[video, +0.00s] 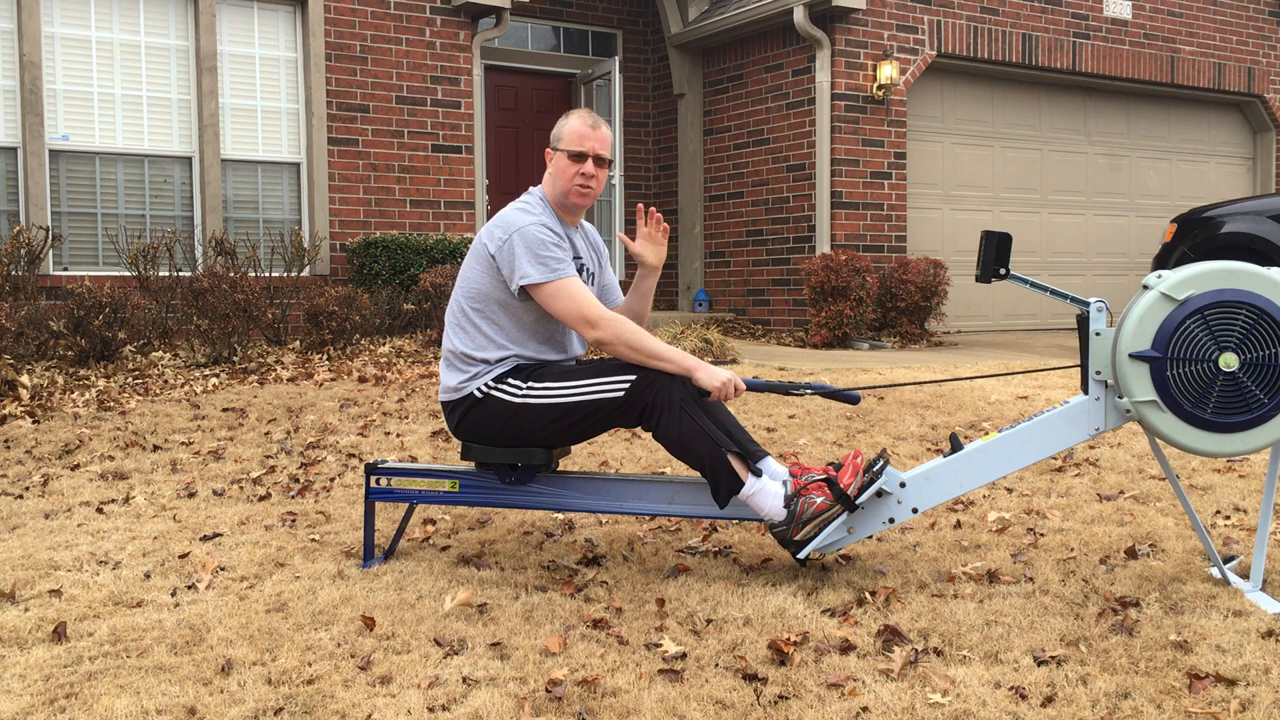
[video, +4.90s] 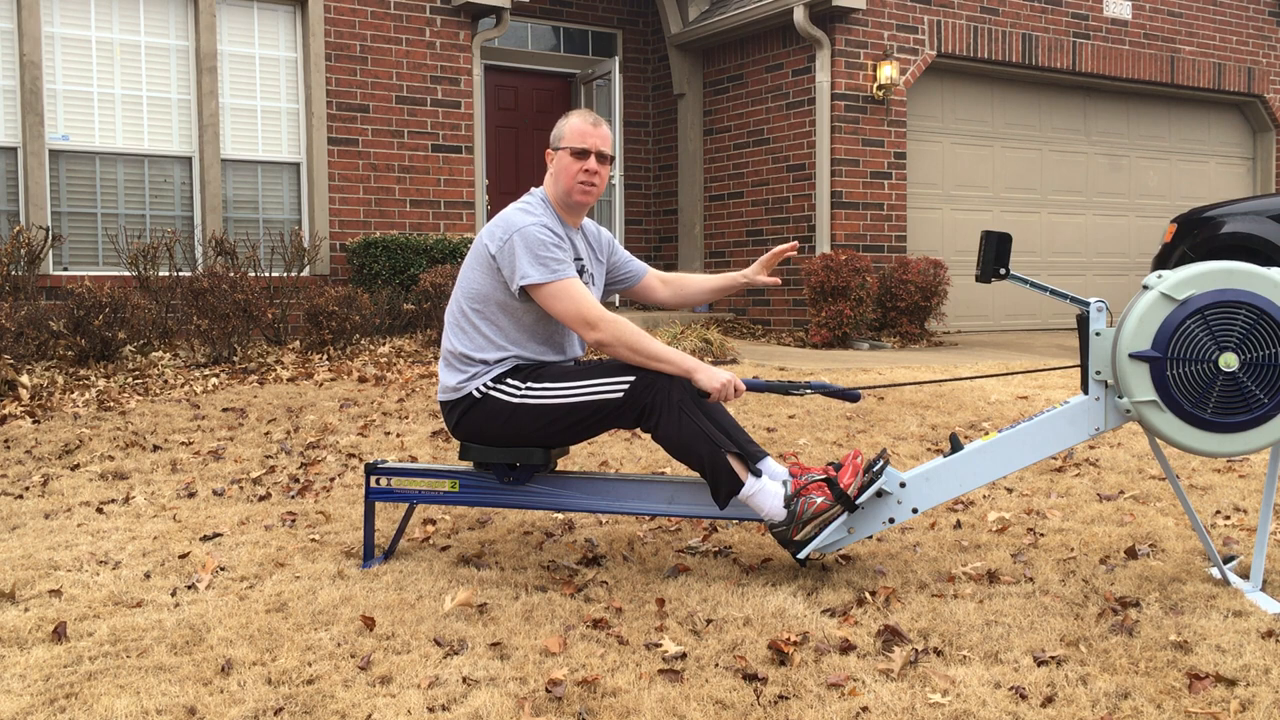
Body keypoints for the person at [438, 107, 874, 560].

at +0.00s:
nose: (589, 172)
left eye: (600, 163)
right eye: (577, 158)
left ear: (608, 172)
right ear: (548, 159)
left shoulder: (589, 238)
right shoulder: (524, 226)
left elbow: (621, 333)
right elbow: (595, 327)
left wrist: (649, 271)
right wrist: (697, 368)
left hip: (541, 377)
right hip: (488, 391)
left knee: (676, 378)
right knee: (652, 387)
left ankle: (788, 485)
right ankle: (777, 509)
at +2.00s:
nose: (594, 169)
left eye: (605, 162)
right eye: (582, 155)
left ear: (610, 173)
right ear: (550, 157)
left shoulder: (587, 236)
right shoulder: (524, 225)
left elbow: (641, 315)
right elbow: (593, 327)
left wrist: (688, 289)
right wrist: (699, 371)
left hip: (541, 377)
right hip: (487, 391)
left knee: (675, 377)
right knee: (650, 387)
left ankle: (786, 484)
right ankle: (776, 509)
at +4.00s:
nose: (596, 170)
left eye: (607, 162)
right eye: (584, 156)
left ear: (612, 173)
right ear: (553, 158)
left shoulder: (592, 239)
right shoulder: (525, 226)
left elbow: (644, 323)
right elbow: (595, 330)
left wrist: (654, 303)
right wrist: (699, 371)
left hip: (540, 377)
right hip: (486, 390)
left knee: (674, 379)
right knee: (651, 388)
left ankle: (786, 485)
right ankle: (775, 509)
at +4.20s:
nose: (595, 168)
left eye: (606, 161)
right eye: (583, 155)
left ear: (612, 173)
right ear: (552, 159)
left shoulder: (592, 237)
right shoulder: (525, 227)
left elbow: (651, 293)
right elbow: (596, 329)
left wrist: (710, 304)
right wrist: (700, 372)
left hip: (539, 376)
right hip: (486, 390)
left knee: (675, 378)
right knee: (650, 388)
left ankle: (785, 484)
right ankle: (776, 509)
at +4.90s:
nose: (592, 168)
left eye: (603, 159)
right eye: (580, 154)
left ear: (610, 171)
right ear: (549, 159)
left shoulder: (592, 236)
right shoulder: (525, 226)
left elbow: (661, 288)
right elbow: (594, 327)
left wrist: (745, 278)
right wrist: (699, 370)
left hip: (541, 376)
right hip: (487, 391)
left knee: (675, 379)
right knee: (651, 388)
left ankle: (788, 485)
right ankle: (776, 510)